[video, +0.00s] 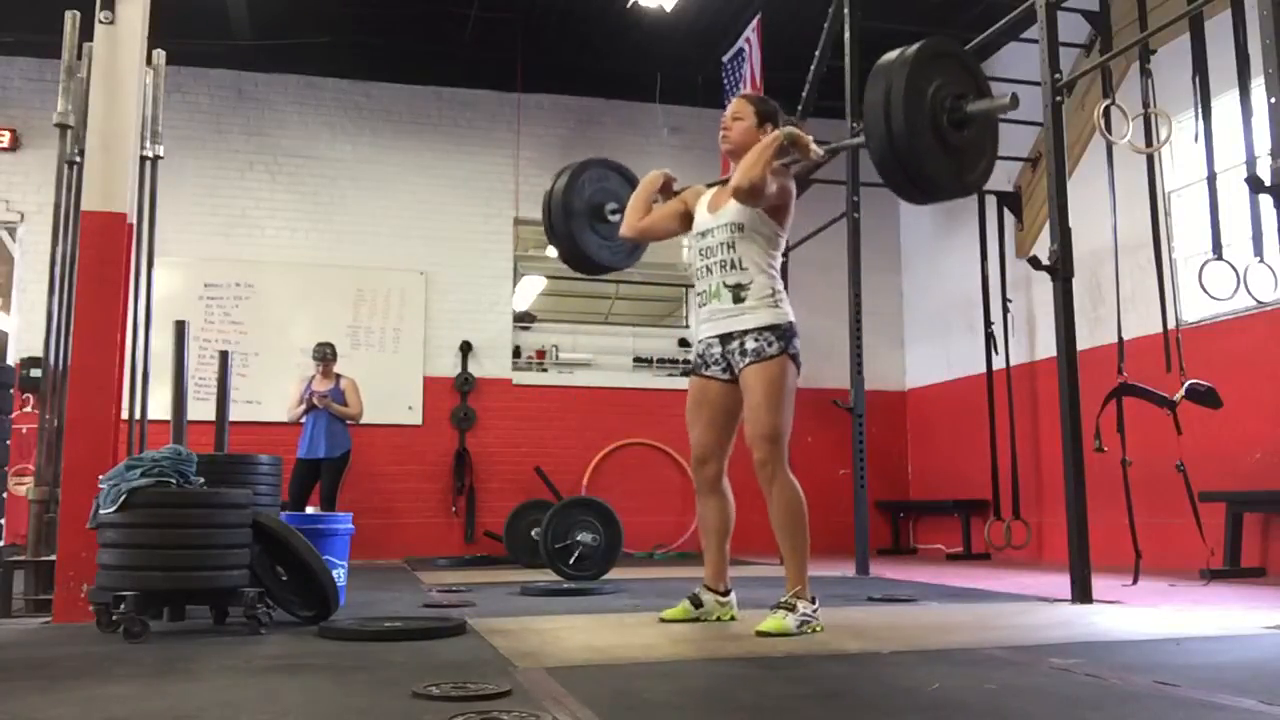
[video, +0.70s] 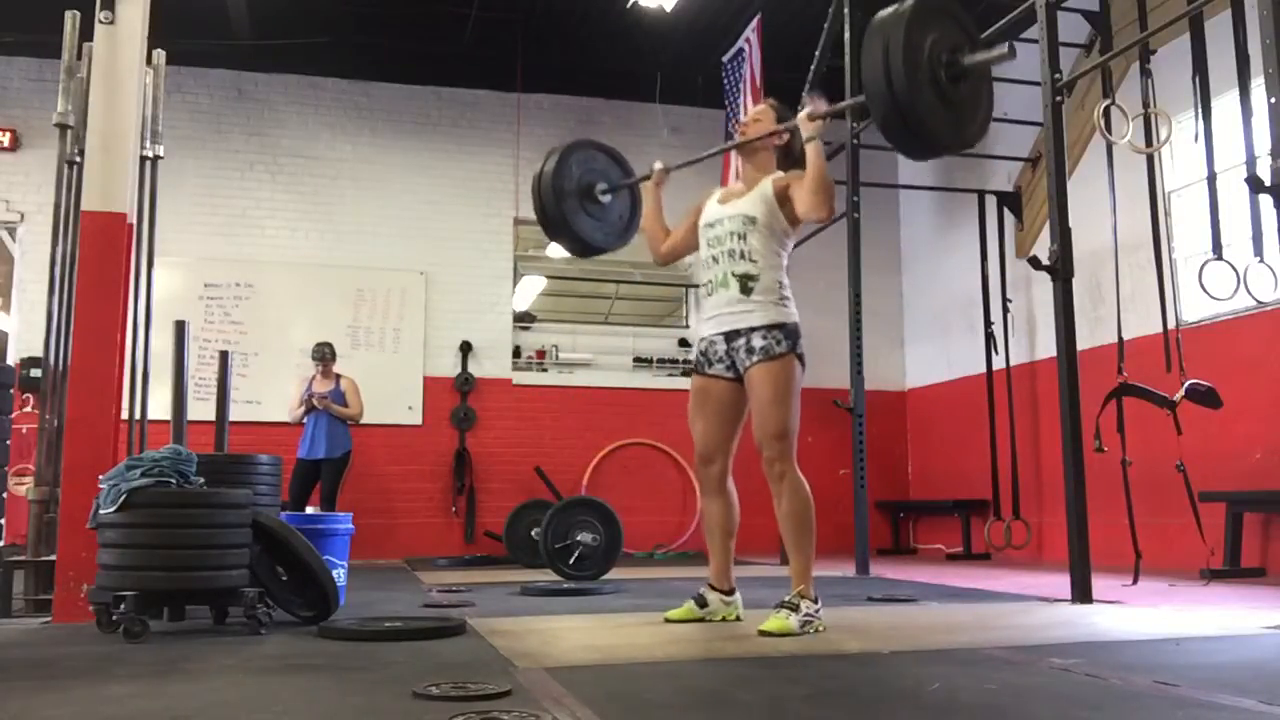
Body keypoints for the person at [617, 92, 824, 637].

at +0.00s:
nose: (724, 125)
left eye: (736, 118)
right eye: (724, 118)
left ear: (766, 135)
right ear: (725, 132)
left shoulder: (778, 184)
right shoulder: (697, 197)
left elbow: (743, 185)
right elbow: (632, 227)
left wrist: (779, 137)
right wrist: (655, 179)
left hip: (764, 336)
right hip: (711, 343)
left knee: (769, 462)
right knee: (705, 465)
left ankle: (800, 600)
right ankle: (716, 592)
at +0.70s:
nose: (744, 118)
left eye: (756, 113)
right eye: (744, 113)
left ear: (779, 134)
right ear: (740, 131)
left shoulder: (785, 183)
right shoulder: (713, 200)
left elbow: (818, 209)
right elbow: (663, 250)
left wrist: (810, 137)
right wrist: (652, 191)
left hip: (767, 333)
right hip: (714, 340)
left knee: (777, 460)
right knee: (709, 465)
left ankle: (803, 598)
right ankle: (721, 593)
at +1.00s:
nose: (752, 128)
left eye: (764, 123)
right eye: (750, 122)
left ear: (789, 139)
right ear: (746, 138)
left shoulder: (798, 175)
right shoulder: (726, 194)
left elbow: (855, 170)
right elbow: (677, 222)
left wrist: (830, 194)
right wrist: (663, 255)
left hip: (787, 333)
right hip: (735, 339)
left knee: (789, 459)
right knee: (719, 463)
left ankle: (804, 598)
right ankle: (722, 592)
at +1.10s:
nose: (725, 127)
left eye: (738, 121)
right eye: (726, 121)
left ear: (765, 136)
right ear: (725, 138)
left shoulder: (785, 181)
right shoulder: (712, 204)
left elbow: (846, 216)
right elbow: (680, 265)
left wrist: (820, 279)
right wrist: (667, 319)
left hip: (791, 339)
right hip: (739, 348)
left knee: (792, 462)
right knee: (720, 464)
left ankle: (804, 599)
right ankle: (722, 592)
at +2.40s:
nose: (727, 137)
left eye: (738, 129)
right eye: (725, 130)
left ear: (767, 139)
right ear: (724, 142)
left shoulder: (787, 188)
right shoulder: (714, 211)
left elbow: (806, 252)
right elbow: (689, 279)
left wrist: (808, 315)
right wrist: (668, 340)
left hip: (770, 338)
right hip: (716, 345)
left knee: (777, 459)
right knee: (716, 464)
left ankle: (808, 597)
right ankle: (722, 593)